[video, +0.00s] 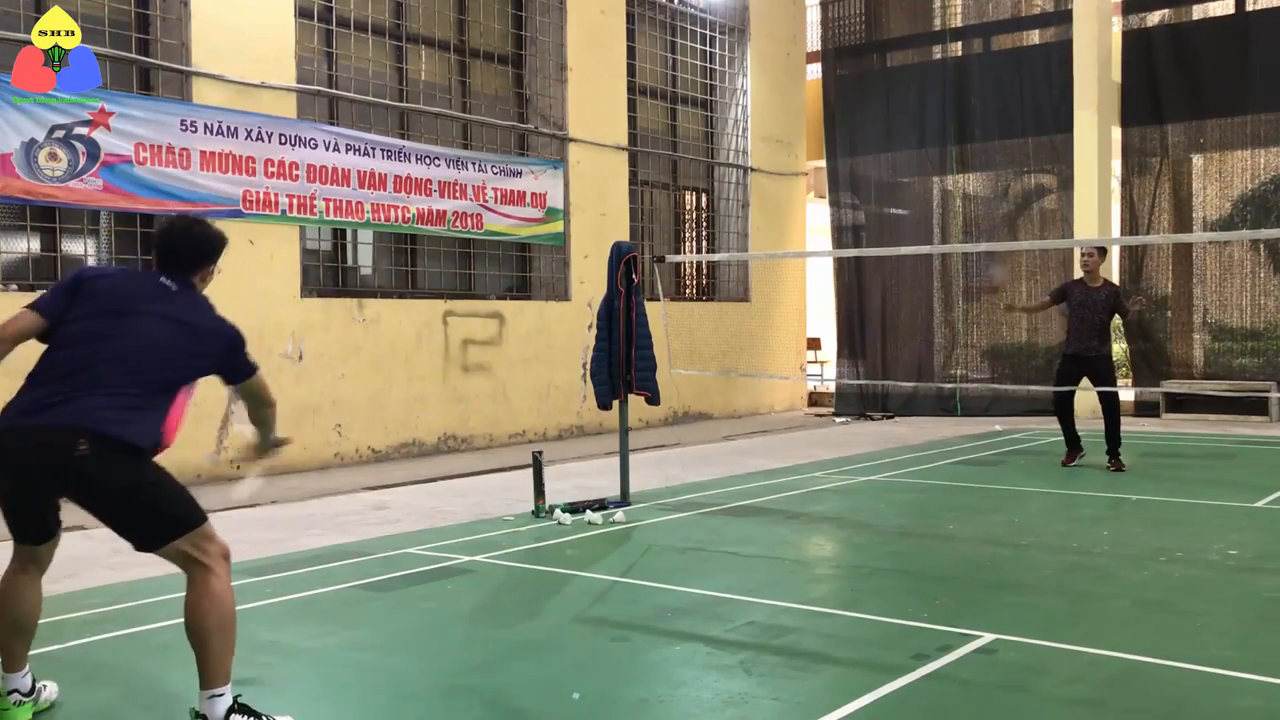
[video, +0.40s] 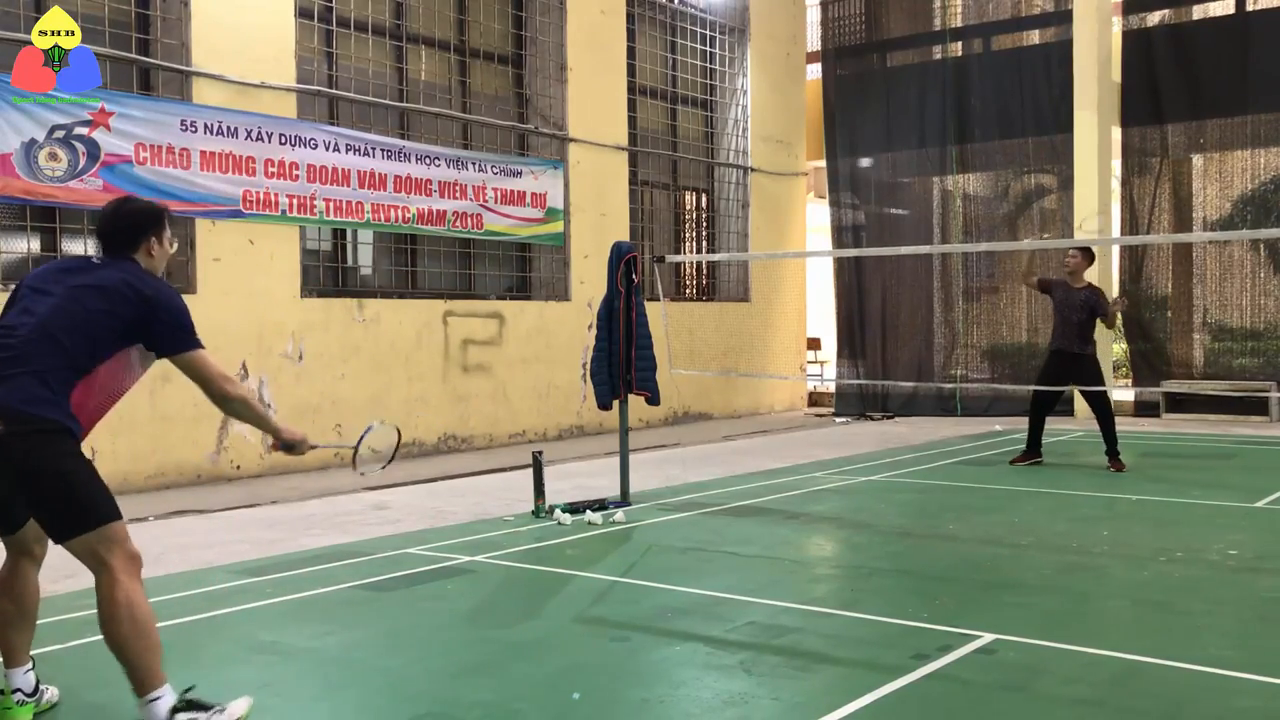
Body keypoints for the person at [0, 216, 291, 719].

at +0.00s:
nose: (213, 276)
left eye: (215, 269)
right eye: (214, 269)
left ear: (156, 256)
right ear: (205, 271)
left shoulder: (91, 281)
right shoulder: (209, 326)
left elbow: (8, 333)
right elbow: (261, 399)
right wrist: (267, 440)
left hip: (21, 439)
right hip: (104, 449)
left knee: (29, 555)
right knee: (208, 559)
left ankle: (14, 688)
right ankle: (217, 706)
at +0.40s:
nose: (171, 249)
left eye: (170, 238)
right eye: (168, 239)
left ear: (106, 242)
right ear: (150, 243)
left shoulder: (47, 272)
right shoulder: (149, 293)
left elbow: (14, 346)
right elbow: (222, 389)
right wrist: (276, 429)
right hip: (32, 426)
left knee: (24, 547)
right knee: (118, 560)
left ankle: (18, 687)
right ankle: (162, 706)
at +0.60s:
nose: (170, 239)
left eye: (168, 228)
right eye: (167, 229)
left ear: (108, 234)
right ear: (149, 234)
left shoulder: (52, 265)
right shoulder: (144, 288)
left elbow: (20, 340)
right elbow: (199, 394)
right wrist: (259, 439)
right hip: (29, 426)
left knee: (32, 548)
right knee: (119, 562)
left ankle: (20, 688)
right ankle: (106, 712)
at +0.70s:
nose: (172, 242)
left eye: (171, 231)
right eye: (169, 232)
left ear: (109, 235)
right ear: (152, 237)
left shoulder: (51, 268)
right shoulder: (147, 292)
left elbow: (19, 346)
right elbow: (197, 401)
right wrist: (254, 441)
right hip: (33, 432)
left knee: (31, 549)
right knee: (130, 566)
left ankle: (20, 688)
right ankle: (108, 713)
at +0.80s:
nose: (174, 245)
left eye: (173, 234)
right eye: (171, 235)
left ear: (108, 237)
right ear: (154, 241)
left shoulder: (50, 268)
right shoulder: (150, 296)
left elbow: (7, 330)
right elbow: (186, 407)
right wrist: (223, 433)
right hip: (42, 439)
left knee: (30, 543)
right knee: (140, 570)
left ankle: (15, 681)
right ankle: (109, 712)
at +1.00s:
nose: (168, 231)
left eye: (168, 221)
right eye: (166, 222)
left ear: (101, 220)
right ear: (152, 229)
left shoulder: (30, 256)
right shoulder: (152, 294)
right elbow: (224, 369)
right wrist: (192, 371)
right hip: (41, 435)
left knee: (14, 548)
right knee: (115, 566)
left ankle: (9, 681)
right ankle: (106, 711)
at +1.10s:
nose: (157, 228)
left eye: (158, 219)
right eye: (158, 220)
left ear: (95, 212)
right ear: (148, 224)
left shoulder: (18, 248)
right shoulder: (144, 282)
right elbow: (246, 320)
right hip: (30, 438)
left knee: (8, 551)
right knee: (97, 565)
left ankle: (8, 681)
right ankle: (104, 711)